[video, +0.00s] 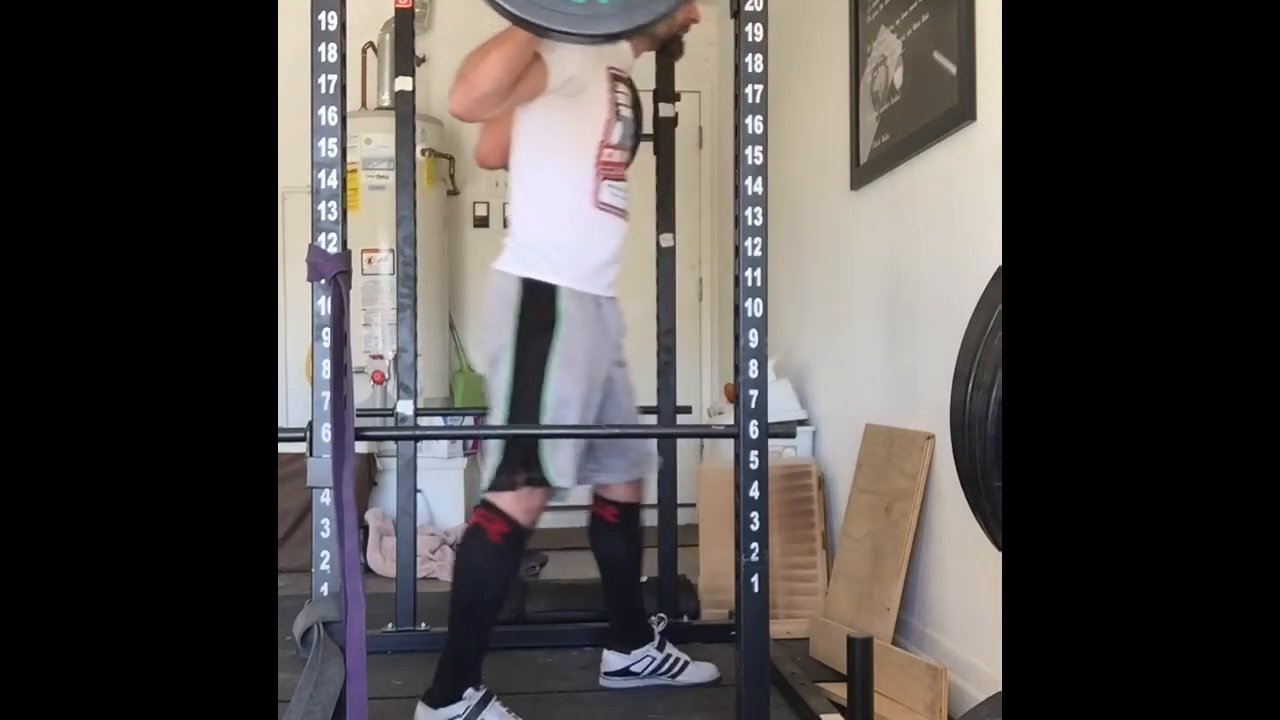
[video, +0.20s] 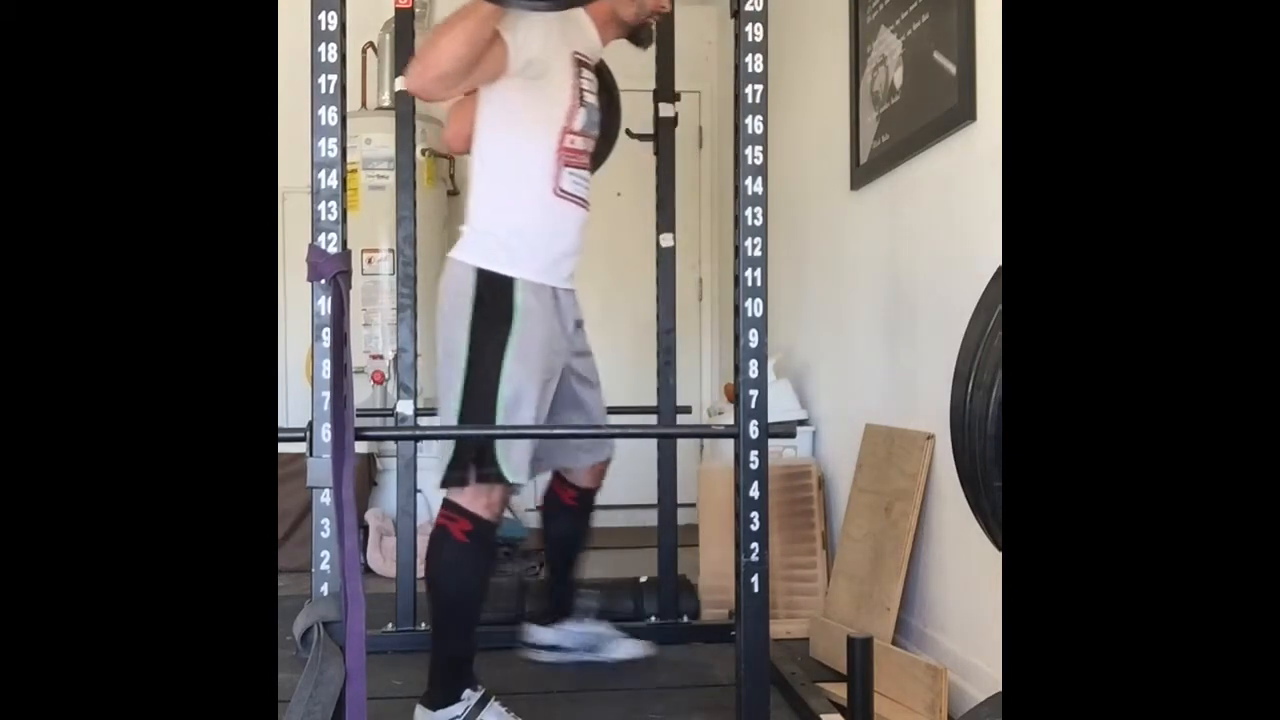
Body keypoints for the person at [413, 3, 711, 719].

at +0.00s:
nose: (691, 28)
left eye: (691, 21)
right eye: (686, 18)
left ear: (645, 15)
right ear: (650, 8)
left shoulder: (605, 67)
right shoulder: (569, 42)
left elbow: (493, 148)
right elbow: (462, 99)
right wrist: (544, 17)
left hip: (590, 297)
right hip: (543, 292)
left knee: (623, 474)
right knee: (520, 489)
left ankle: (631, 648)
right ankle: (452, 694)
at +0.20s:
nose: (664, 9)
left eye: (665, 4)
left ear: (629, 5)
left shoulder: (579, 54)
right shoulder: (538, 22)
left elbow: (453, 135)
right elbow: (423, 79)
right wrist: (493, 3)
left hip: (550, 288)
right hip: (501, 283)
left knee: (584, 454)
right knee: (480, 485)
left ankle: (553, 621)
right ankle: (448, 697)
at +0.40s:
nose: (643, 7)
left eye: (644, 3)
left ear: (608, 7)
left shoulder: (560, 58)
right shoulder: (516, 26)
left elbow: (440, 135)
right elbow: (404, 87)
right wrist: (465, 6)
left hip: (530, 288)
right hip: (484, 283)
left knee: (524, 476)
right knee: (476, 488)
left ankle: (481, 641)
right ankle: (445, 699)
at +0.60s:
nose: (625, 11)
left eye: (626, 7)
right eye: (619, 1)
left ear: (597, 15)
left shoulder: (552, 64)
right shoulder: (499, 34)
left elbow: (426, 138)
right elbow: (390, 92)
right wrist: (450, 14)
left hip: (513, 288)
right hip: (473, 283)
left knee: (486, 483)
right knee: (466, 486)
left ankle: (476, 648)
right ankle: (443, 696)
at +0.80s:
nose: (614, 19)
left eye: (612, 12)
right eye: (608, 8)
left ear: (581, 18)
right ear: (576, 6)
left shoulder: (540, 72)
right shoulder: (495, 49)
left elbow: (420, 142)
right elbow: (384, 99)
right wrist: (456, 20)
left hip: (507, 292)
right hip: (466, 289)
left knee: (482, 482)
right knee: (461, 486)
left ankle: (473, 647)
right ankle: (444, 694)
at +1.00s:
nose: (605, 13)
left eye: (604, 7)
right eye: (599, 4)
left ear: (574, 14)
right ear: (568, 3)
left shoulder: (534, 69)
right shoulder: (486, 48)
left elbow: (419, 143)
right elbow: (379, 100)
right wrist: (448, 19)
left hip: (509, 292)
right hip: (468, 288)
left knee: (483, 481)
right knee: (462, 484)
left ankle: (474, 647)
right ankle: (447, 693)